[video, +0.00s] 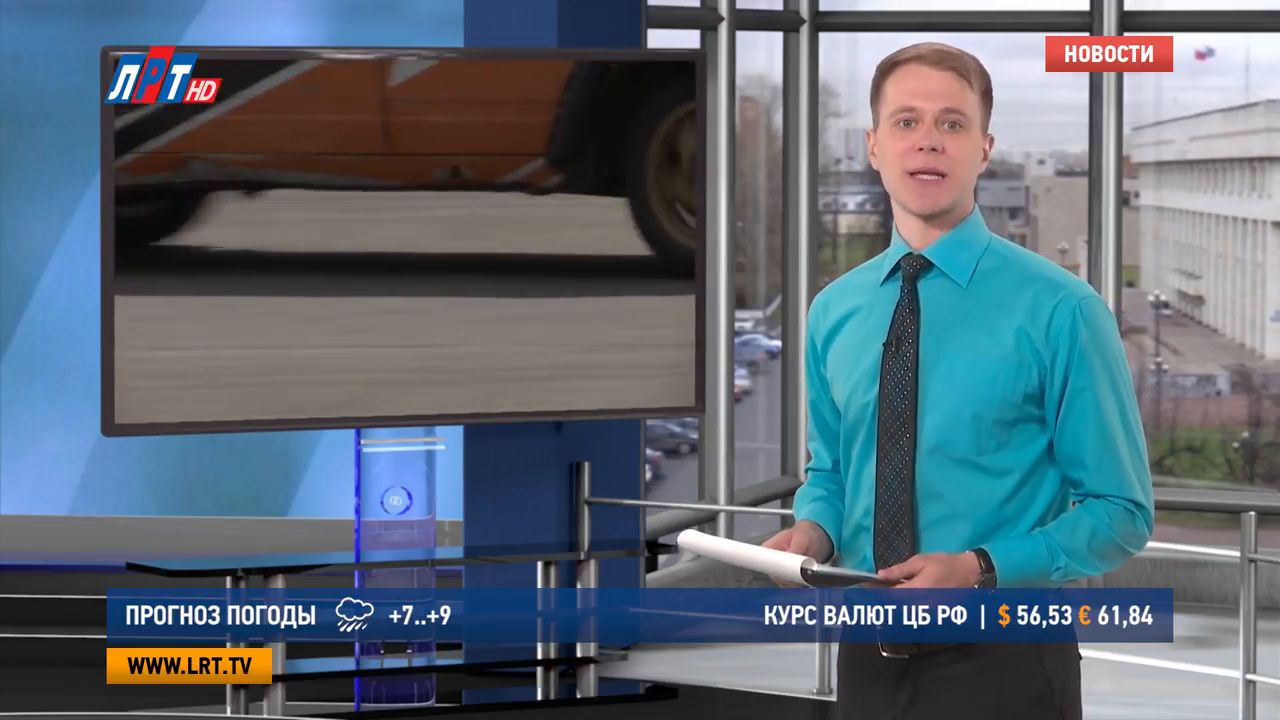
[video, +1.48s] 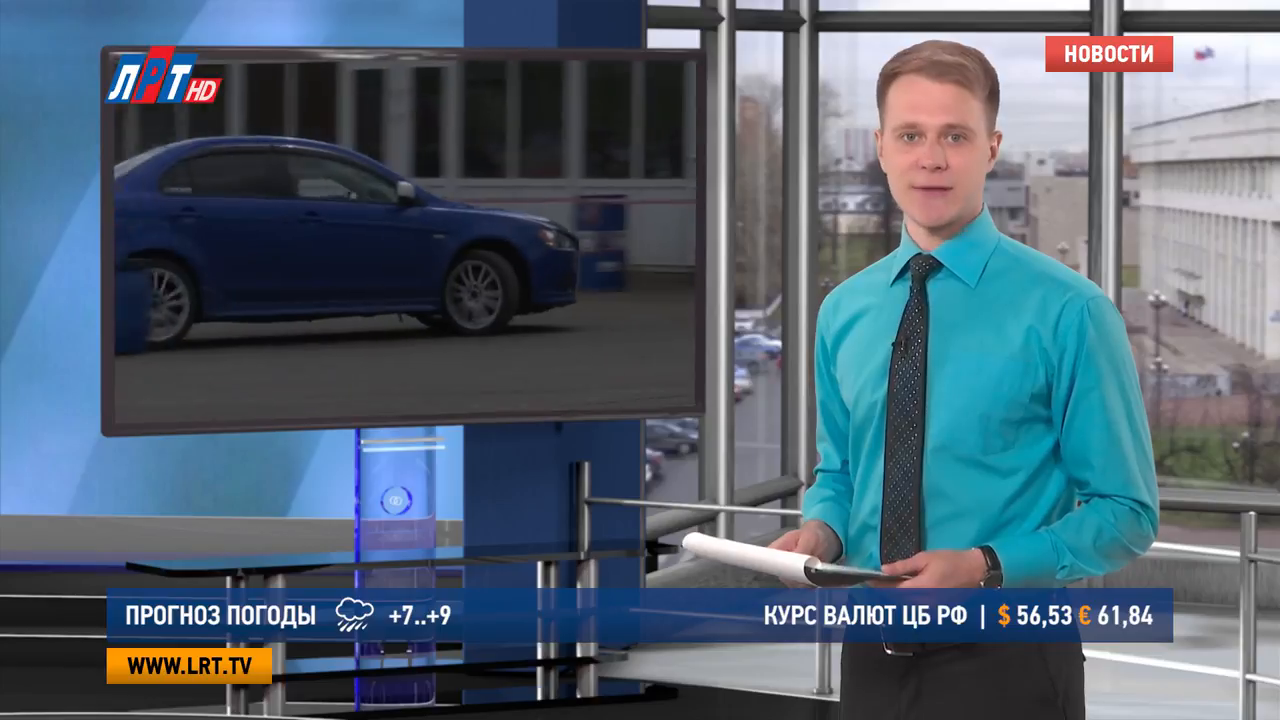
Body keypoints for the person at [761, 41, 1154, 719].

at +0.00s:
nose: (927, 142)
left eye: (952, 124)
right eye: (906, 122)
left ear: (986, 148)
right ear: (873, 147)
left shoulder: (1060, 309)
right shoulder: (832, 311)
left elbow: (1121, 509)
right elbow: (828, 473)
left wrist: (980, 568)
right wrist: (807, 535)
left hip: (1002, 662)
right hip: (867, 660)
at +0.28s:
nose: (920, 156)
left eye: (944, 133)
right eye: (899, 133)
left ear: (983, 147)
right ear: (871, 148)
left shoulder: (1061, 309)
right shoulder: (834, 311)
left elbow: (1121, 510)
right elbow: (829, 472)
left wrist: (981, 567)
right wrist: (809, 534)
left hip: (1002, 662)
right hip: (867, 659)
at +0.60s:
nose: (912, 161)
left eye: (937, 137)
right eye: (892, 138)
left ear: (982, 147)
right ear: (870, 150)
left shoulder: (1063, 310)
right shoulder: (837, 310)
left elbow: (1123, 510)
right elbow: (832, 472)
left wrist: (983, 566)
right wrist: (811, 532)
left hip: (1002, 663)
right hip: (868, 661)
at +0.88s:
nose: (910, 158)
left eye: (936, 134)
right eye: (891, 135)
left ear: (983, 146)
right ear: (871, 150)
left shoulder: (1065, 310)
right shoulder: (840, 311)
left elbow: (1125, 510)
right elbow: (834, 473)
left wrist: (984, 566)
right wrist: (814, 534)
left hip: (1004, 663)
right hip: (869, 660)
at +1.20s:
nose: (917, 155)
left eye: (943, 131)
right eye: (897, 132)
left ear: (987, 146)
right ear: (876, 148)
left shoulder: (1067, 310)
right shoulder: (842, 310)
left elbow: (1125, 511)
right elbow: (836, 474)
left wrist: (985, 564)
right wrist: (816, 530)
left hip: (1004, 664)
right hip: (870, 663)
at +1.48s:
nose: (931, 158)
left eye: (955, 136)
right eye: (910, 135)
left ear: (992, 148)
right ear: (881, 147)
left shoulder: (1069, 310)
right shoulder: (844, 310)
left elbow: (1127, 510)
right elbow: (837, 472)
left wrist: (987, 566)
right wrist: (815, 535)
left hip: (1006, 661)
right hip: (872, 658)